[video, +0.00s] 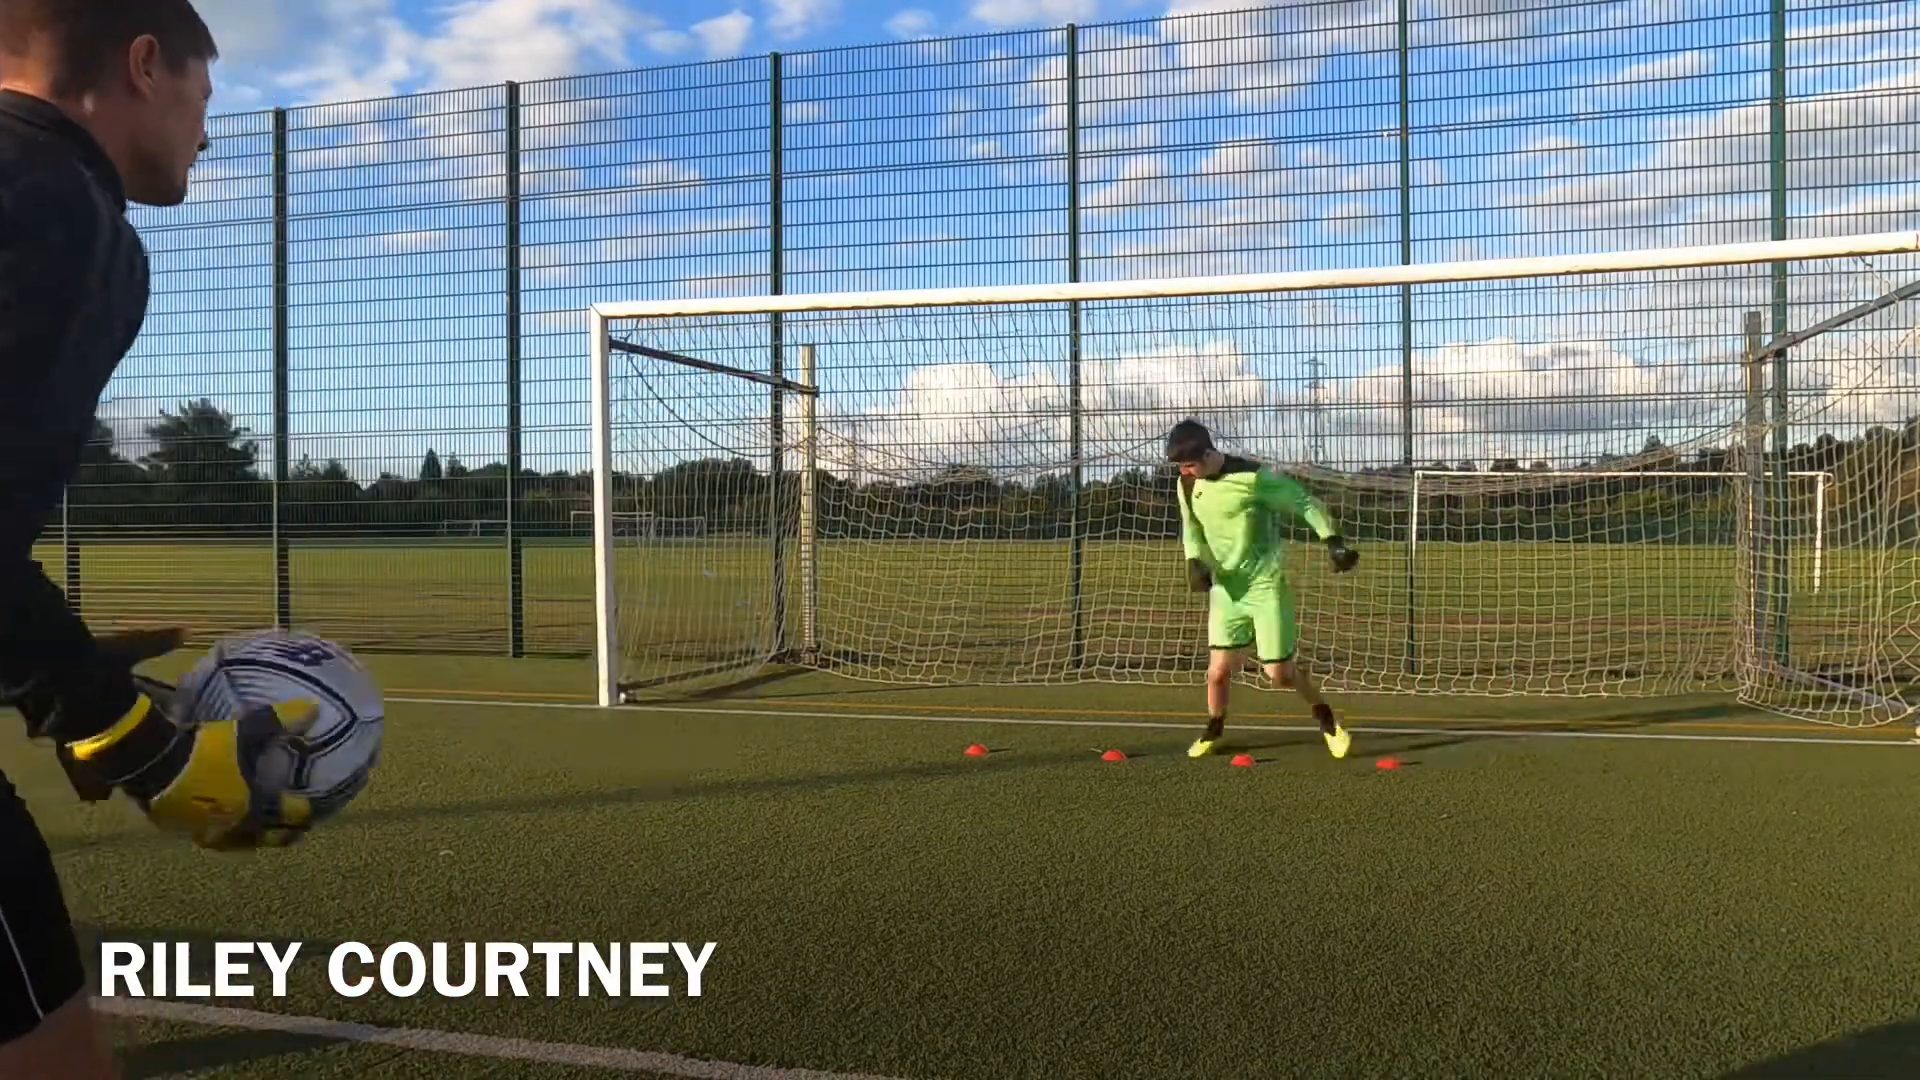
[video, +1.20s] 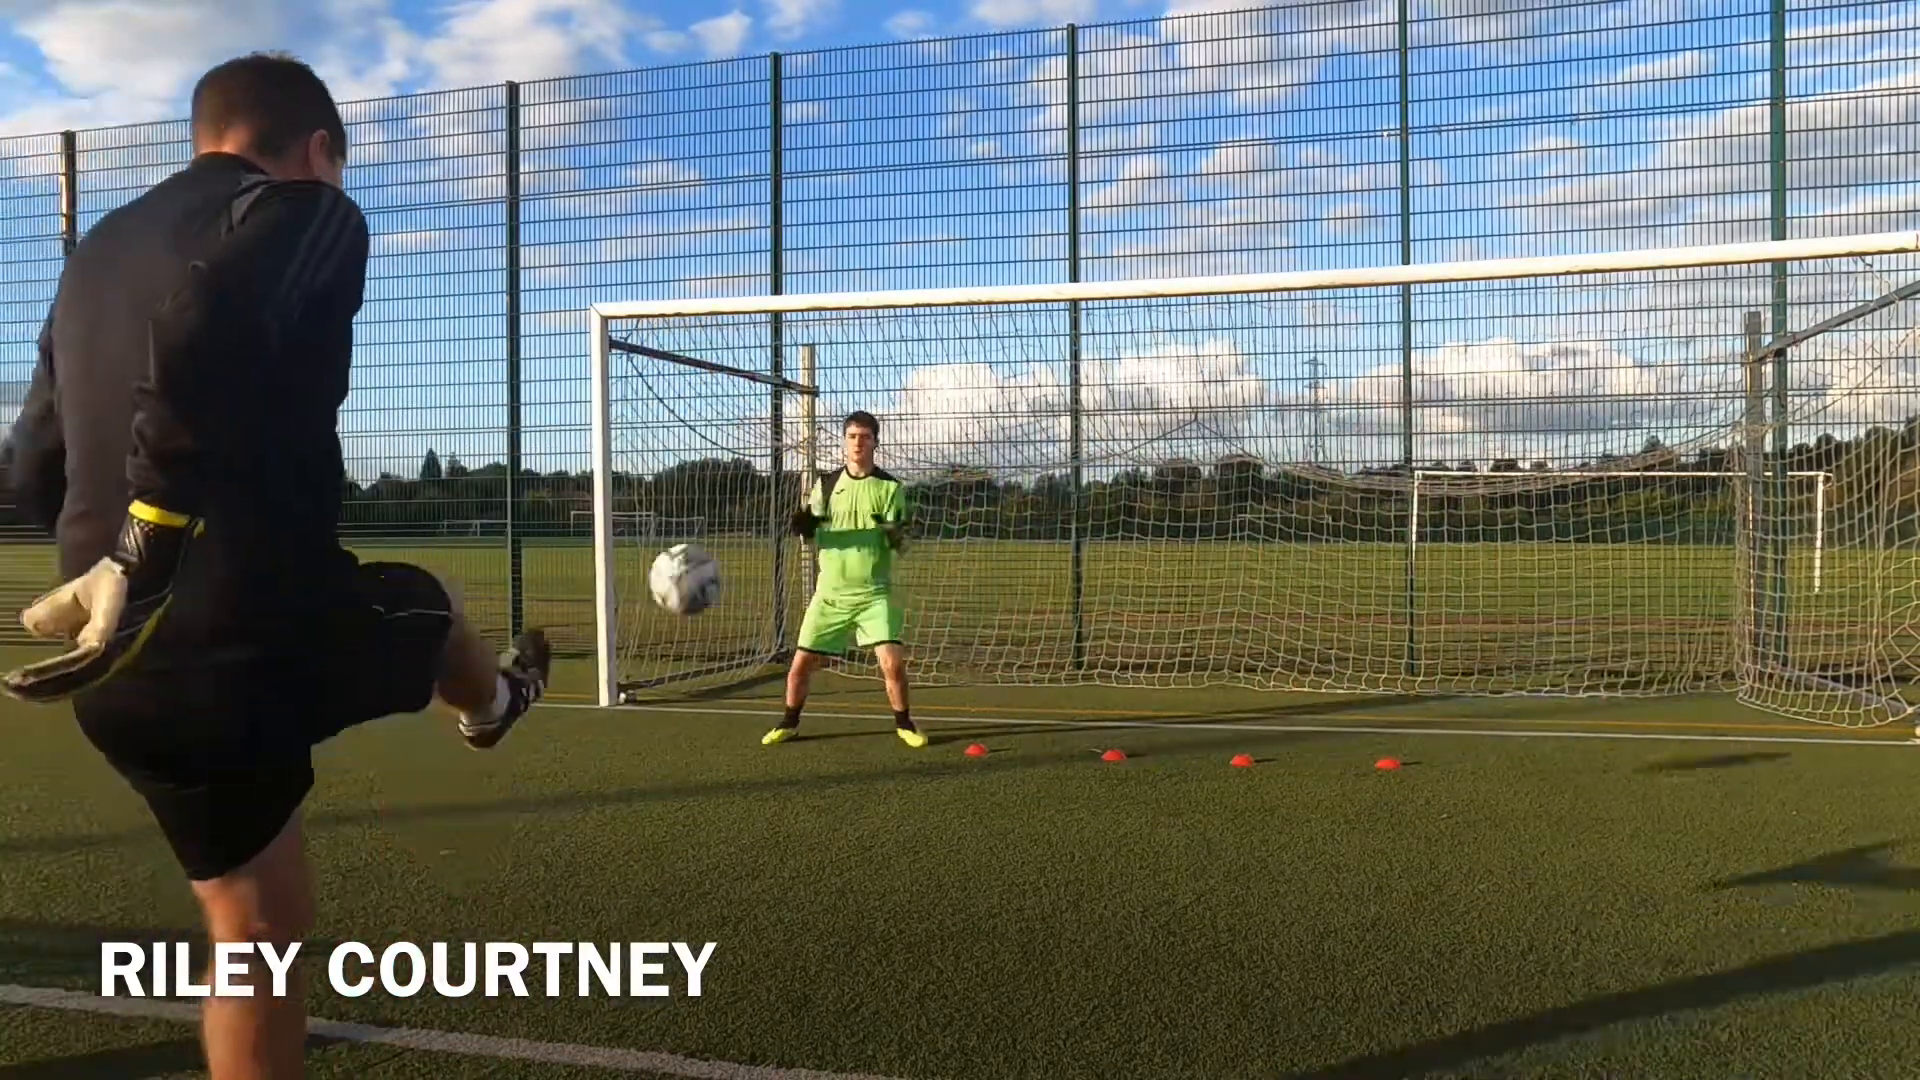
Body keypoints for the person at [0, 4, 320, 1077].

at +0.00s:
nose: (205, 130)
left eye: (209, 98)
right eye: (202, 92)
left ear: (47, 64)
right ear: (139, 64)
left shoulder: (34, 192)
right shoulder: (69, 220)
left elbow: (5, 530)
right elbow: (5, 533)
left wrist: (72, 682)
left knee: (58, 1033)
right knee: (55, 1040)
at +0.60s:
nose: (125, 190)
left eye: (136, 166)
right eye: (131, 157)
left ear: (38, 106)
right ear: (88, 107)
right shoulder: (71, 247)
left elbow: (47, 541)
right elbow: (106, 536)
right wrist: (247, 592)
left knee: (28, 996)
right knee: (24, 1001)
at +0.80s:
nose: (238, 213)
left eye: (244, 189)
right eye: (240, 184)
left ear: (87, 147)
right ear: (199, 147)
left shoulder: (8, 235)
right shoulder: (196, 257)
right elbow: (198, 467)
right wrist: (345, 600)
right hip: (61, 693)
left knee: (160, 945)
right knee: (38, 1006)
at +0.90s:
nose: (277, 219)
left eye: (282, 192)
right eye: (278, 188)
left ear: (132, 165)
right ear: (239, 165)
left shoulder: (18, 270)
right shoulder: (241, 262)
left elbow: (20, 477)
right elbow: (216, 442)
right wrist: (308, 641)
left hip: (12, 683)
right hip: (148, 693)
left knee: (237, 1002)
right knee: (129, 1041)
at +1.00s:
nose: (306, 225)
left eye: (308, 205)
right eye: (309, 200)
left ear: (170, 169)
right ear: (277, 169)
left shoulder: (42, 277)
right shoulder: (265, 248)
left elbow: (18, 474)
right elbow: (191, 427)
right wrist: (195, 654)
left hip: (49, 687)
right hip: (212, 679)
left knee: (218, 927)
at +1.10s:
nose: (332, 215)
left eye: (335, 198)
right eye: (336, 193)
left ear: (203, 161)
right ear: (305, 162)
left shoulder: (74, 255)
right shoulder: (293, 224)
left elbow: (16, 455)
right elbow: (193, 370)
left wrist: (25, 618)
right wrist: (122, 582)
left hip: (79, 653)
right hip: (242, 624)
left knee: (234, 937)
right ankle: (508, 933)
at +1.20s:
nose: (334, 186)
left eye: (336, 168)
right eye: (337, 166)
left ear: (205, 147)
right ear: (307, 150)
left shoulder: (100, 250)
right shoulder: (316, 215)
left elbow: (27, 478)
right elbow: (204, 313)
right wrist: (135, 554)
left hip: (118, 654)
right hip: (265, 630)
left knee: (252, 932)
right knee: (430, 610)